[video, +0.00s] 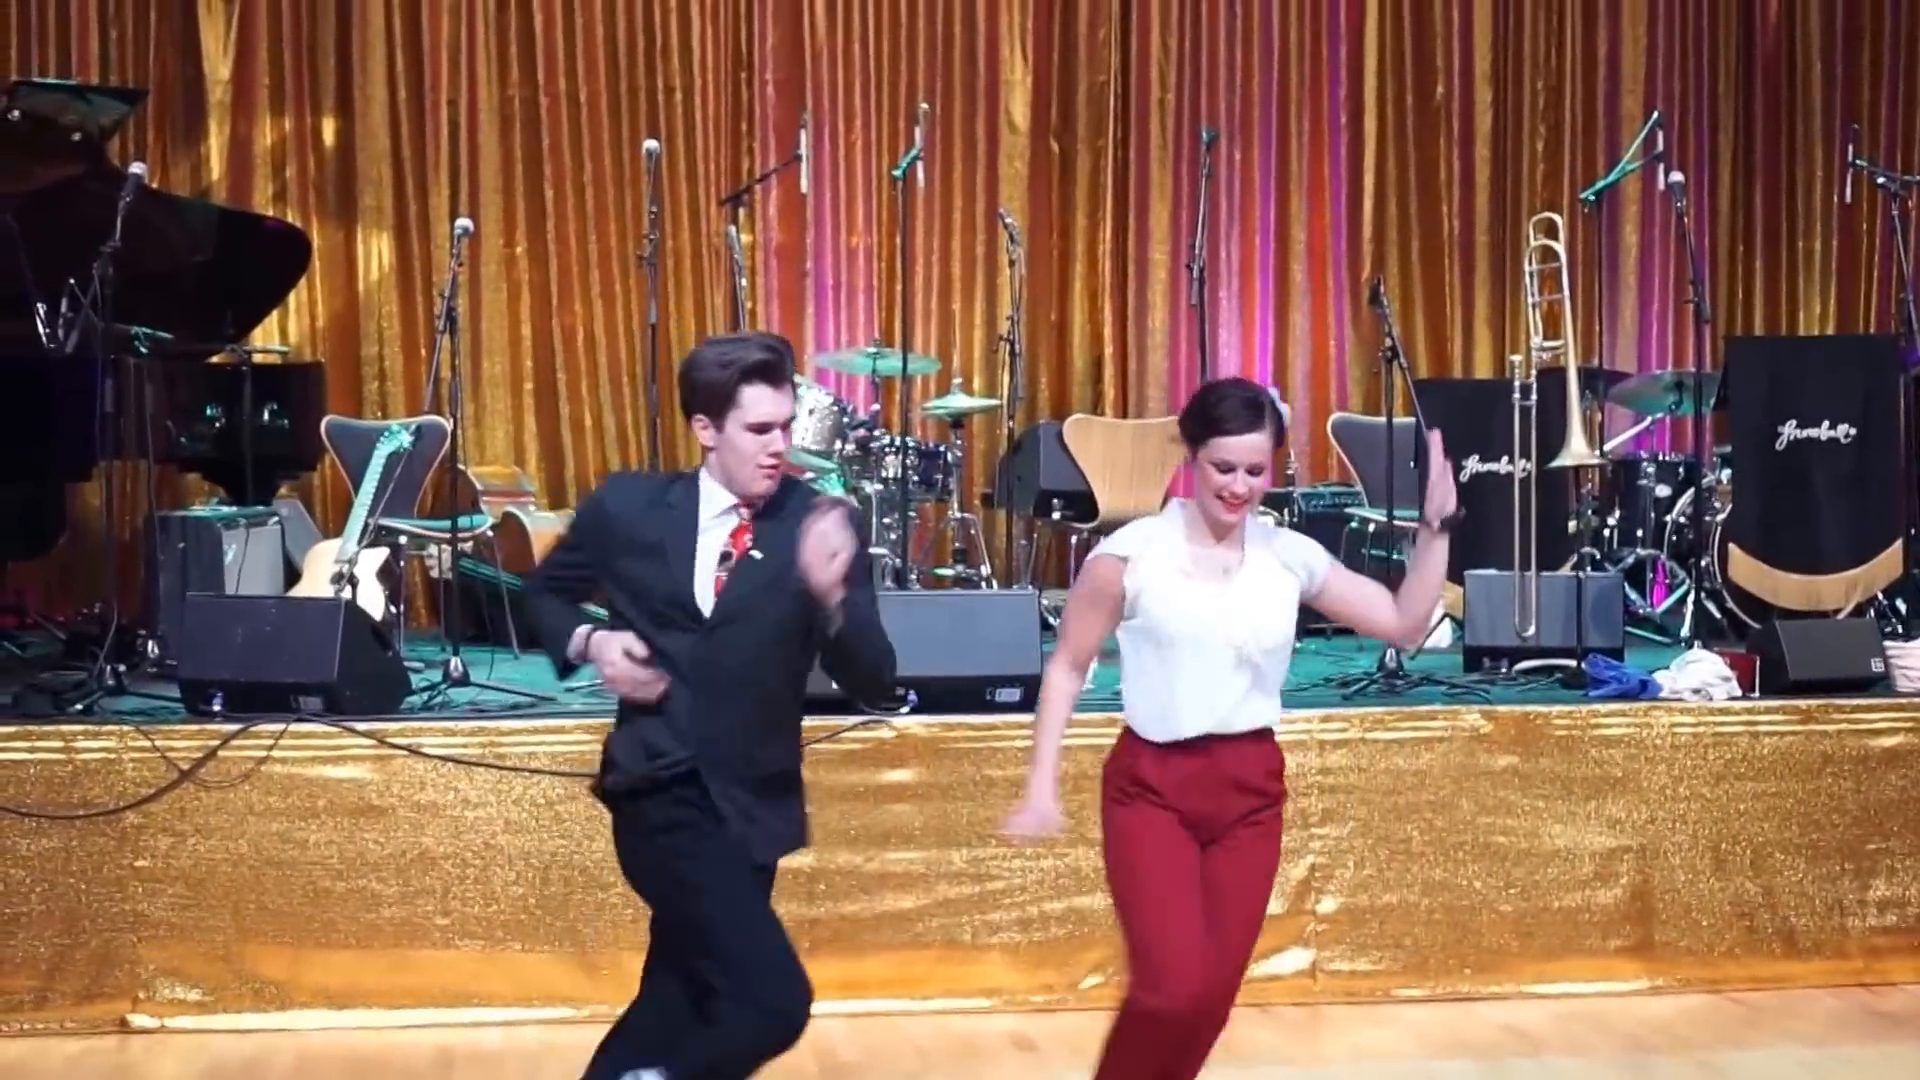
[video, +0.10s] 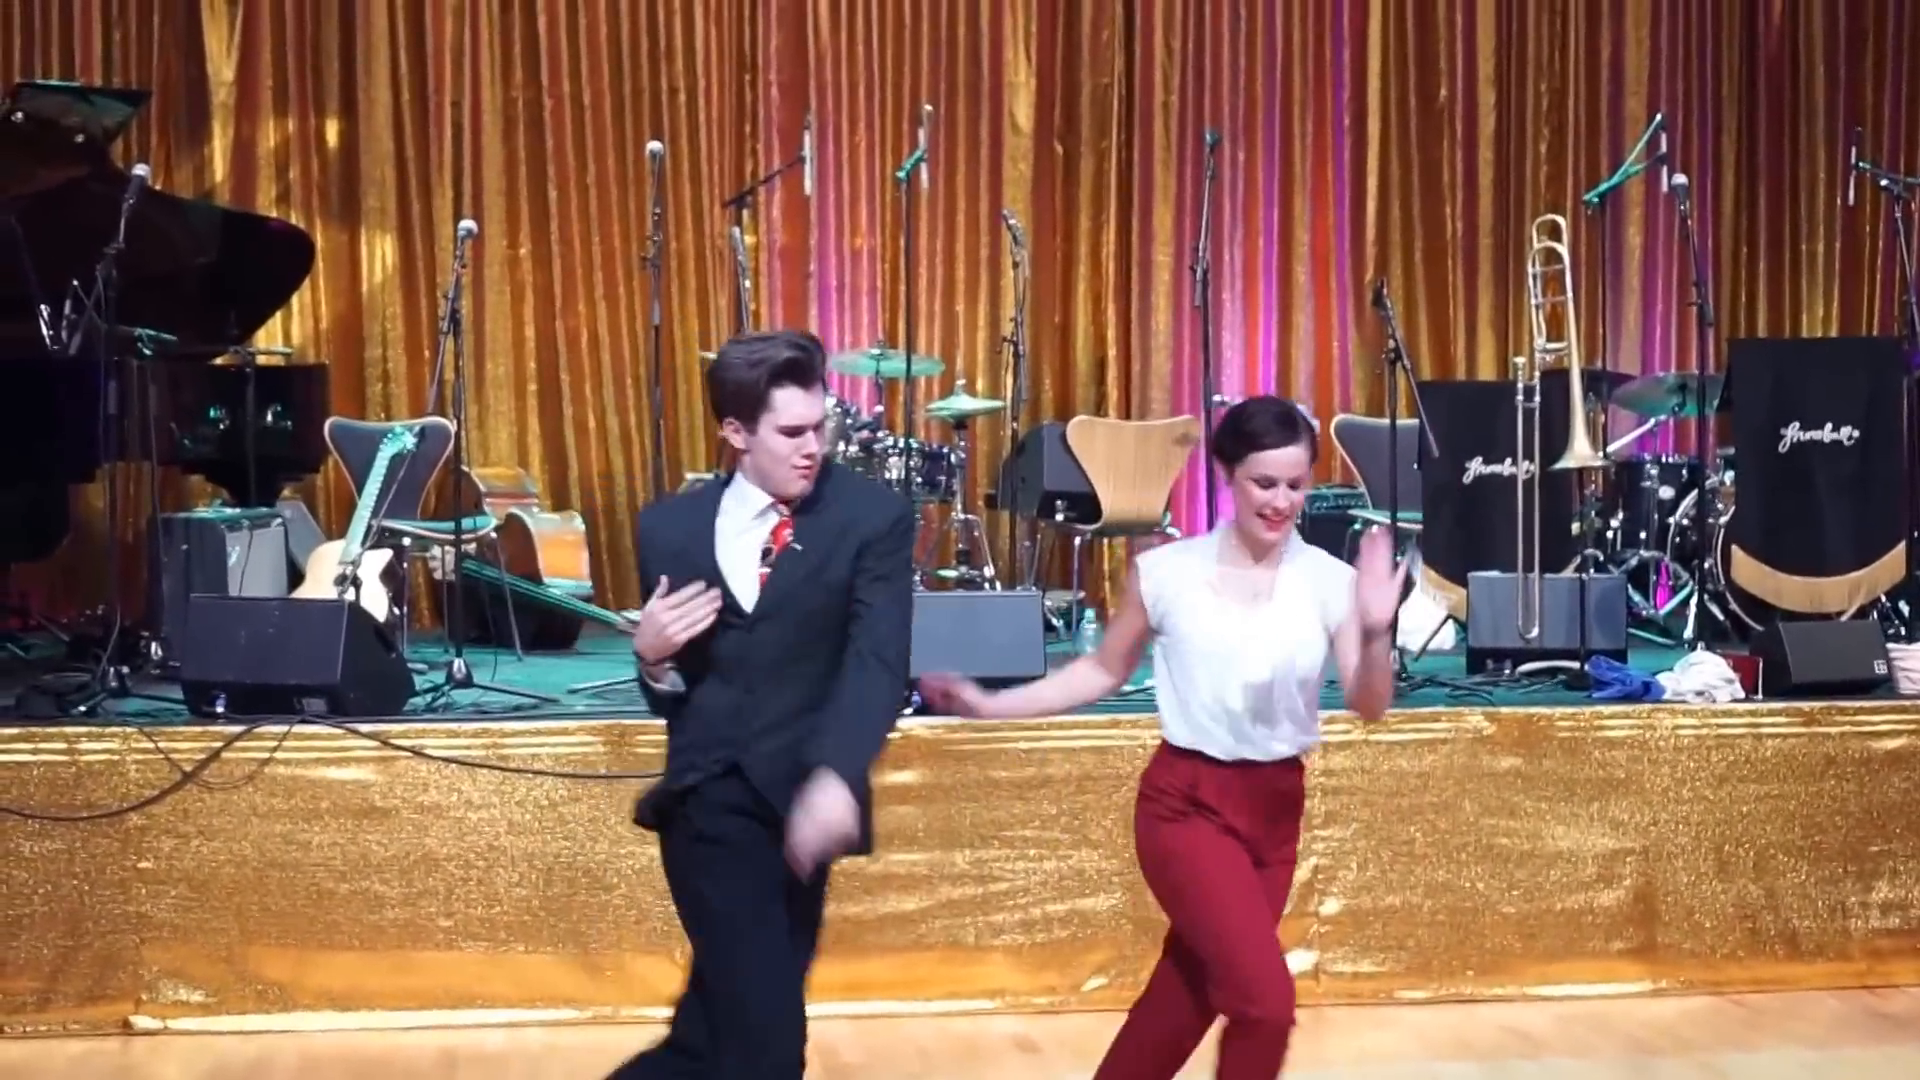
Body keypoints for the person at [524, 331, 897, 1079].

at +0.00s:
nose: (780, 448)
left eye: (787, 427)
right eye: (761, 430)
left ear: (796, 422)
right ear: (704, 430)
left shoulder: (820, 525)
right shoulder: (626, 508)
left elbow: (874, 680)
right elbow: (539, 598)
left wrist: (836, 597)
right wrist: (587, 643)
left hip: (755, 804)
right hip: (658, 790)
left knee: (668, 1019)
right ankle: (643, 1068)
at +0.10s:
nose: (814, 448)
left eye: (821, 427)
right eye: (793, 432)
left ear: (832, 418)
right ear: (735, 433)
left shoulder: (873, 516)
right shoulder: (667, 528)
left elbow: (878, 662)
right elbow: (673, 701)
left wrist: (837, 774)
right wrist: (654, 662)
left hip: (809, 795)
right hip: (706, 793)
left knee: (708, 1040)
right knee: (767, 1044)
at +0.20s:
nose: (830, 467)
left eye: (840, 443)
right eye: (807, 450)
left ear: (856, 432)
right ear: (763, 449)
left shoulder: (928, 547)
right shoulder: (723, 563)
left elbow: (953, 717)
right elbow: (688, 741)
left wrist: (964, 869)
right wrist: (660, 633)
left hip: (867, 847)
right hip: (753, 845)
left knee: (891, 1047)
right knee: (765, 1051)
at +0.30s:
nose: (820, 466)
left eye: (834, 443)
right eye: (805, 449)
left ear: (886, 428)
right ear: (794, 448)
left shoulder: (989, 515)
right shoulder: (782, 551)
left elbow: (1036, 667)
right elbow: (711, 687)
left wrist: (1051, 797)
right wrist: (698, 564)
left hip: (963, 831)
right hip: (833, 838)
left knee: (1042, 1042)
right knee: (762, 1057)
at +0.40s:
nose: (851, 464)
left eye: (863, 441)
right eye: (840, 448)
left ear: (923, 424)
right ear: (832, 446)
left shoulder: (1044, 478)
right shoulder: (845, 538)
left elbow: (1092, 587)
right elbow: (781, 667)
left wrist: (1103, 689)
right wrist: (762, 549)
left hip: (1063, 811)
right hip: (931, 818)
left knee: (1137, 1048)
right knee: (852, 1040)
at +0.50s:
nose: (896, 478)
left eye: (907, 454)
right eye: (885, 462)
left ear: (969, 439)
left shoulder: (1088, 484)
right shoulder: (900, 558)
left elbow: (1165, 562)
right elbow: (843, 680)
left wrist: (1171, 671)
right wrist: (823, 558)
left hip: (1149, 816)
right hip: (1020, 834)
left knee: (1240, 1050)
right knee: (944, 1055)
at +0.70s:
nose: (964, 455)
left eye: (977, 432)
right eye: (957, 438)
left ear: (1041, 420)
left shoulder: (1158, 452)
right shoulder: (974, 543)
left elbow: (1238, 516)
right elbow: (925, 682)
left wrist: (1243, 617)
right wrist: (922, 575)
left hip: (1222, 782)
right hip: (1099, 799)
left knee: (1278, 1025)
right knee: (1035, 1041)